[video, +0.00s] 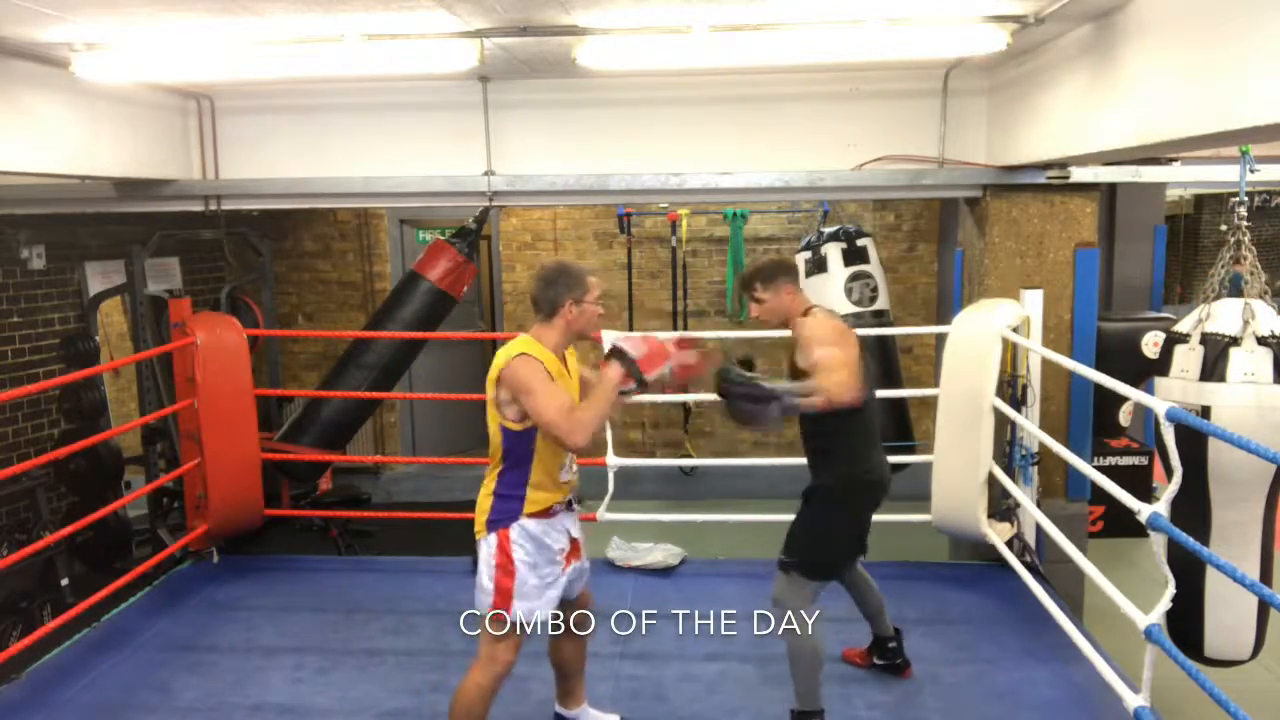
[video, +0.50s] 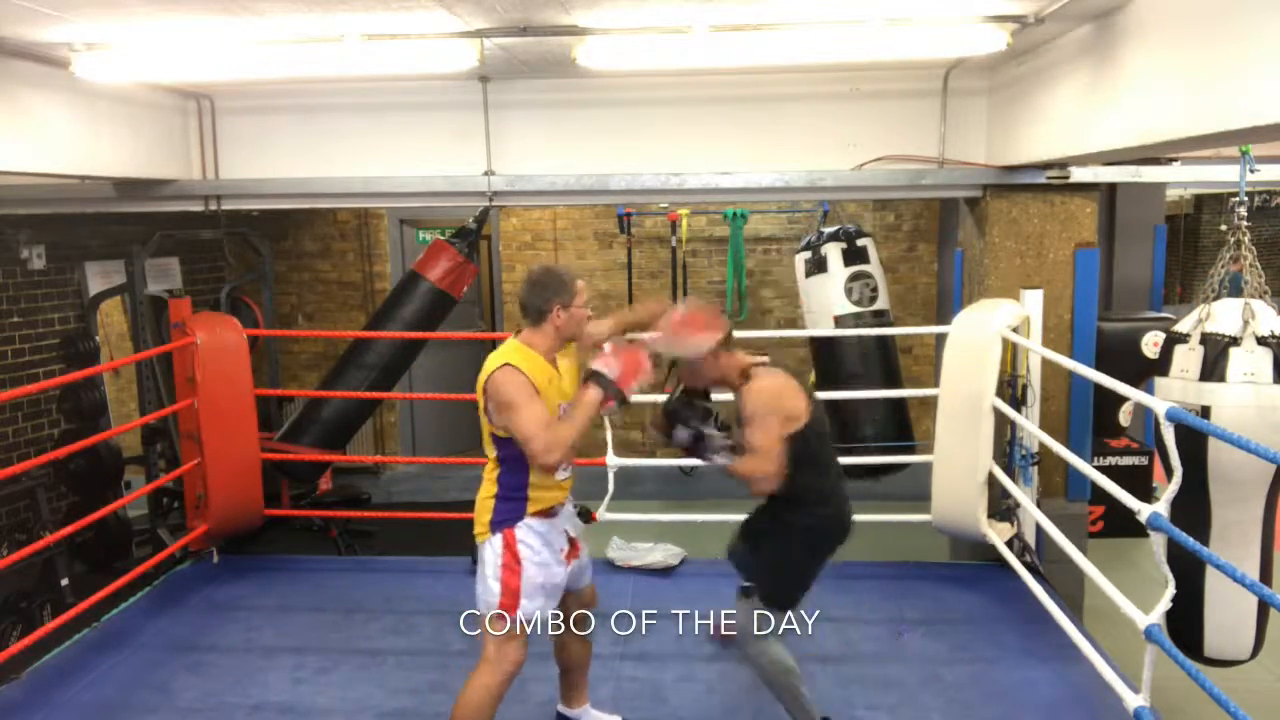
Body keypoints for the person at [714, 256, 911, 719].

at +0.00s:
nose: (754, 312)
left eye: (759, 301)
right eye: (752, 302)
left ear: (785, 293)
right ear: (790, 293)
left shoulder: (817, 328)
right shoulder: (819, 325)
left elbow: (844, 391)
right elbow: (824, 390)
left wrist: (778, 398)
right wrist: (772, 399)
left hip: (843, 481)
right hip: (858, 474)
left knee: (790, 596)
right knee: (844, 565)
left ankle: (807, 712)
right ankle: (888, 648)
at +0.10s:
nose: (754, 310)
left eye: (758, 298)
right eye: (752, 300)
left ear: (787, 290)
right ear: (791, 291)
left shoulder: (811, 328)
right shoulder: (825, 324)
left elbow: (801, 380)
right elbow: (796, 378)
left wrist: (740, 372)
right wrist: (741, 373)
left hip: (837, 486)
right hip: (857, 479)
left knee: (787, 596)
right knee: (843, 564)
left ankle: (804, 713)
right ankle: (891, 649)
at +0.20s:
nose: (751, 313)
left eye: (756, 303)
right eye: (749, 304)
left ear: (787, 293)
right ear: (776, 297)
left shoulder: (829, 332)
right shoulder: (779, 336)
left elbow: (864, 397)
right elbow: (734, 363)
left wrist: (796, 393)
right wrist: (694, 361)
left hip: (842, 484)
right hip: (820, 482)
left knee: (785, 597)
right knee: (843, 568)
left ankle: (807, 713)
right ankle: (890, 650)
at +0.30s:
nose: (750, 329)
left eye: (756, 319)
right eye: (747, 321)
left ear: (784, 309)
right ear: (755, 317)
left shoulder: (829, 350)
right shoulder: (758, 341)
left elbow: (866, 427)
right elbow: (719, 376)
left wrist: (802, 404)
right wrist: (689, 390)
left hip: (836, 490)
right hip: (802, 487)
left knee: (787, 602)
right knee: (824, 575)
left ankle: (821, 715)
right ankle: (885, 647)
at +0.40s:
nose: (710, 371)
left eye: (714, 360)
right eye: (707, 361)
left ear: (739, 349)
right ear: (734, 349)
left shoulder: (803, 376)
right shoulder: (756, 378)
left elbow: (831, 459)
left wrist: (787, 447)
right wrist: (734, 432)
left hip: (831, 498)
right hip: (796, 489)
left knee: (776, 611)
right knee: (778, 574)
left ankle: (816, 714)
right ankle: (846, 630)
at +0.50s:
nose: (684, 379)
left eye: (685, 367)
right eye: (681, 368)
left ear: (709, 359)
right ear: (712, 355)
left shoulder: (763, 391)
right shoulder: (754, 381)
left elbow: (766, 476)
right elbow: (756, 449)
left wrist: (714, 452)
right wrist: (713, 435)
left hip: (813, 516)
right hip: (792, 505)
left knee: (753, 631)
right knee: (749, 560)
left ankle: (809, 715)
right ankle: (745, 626)